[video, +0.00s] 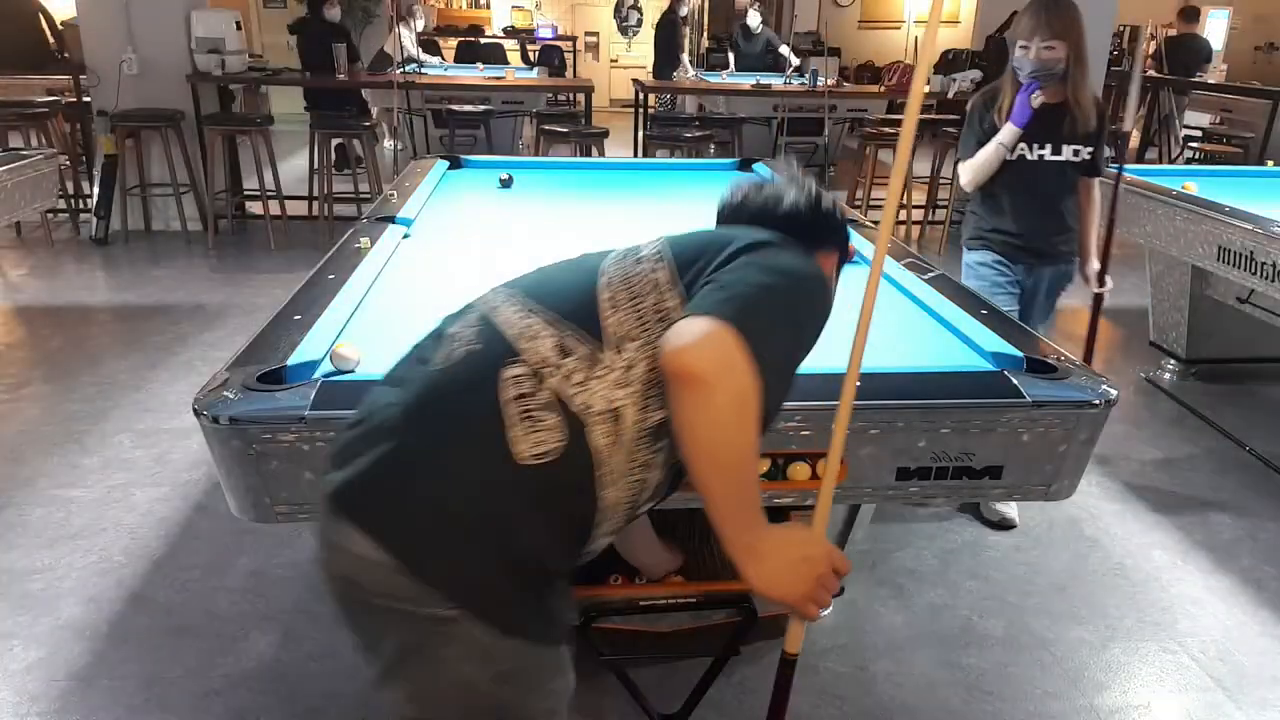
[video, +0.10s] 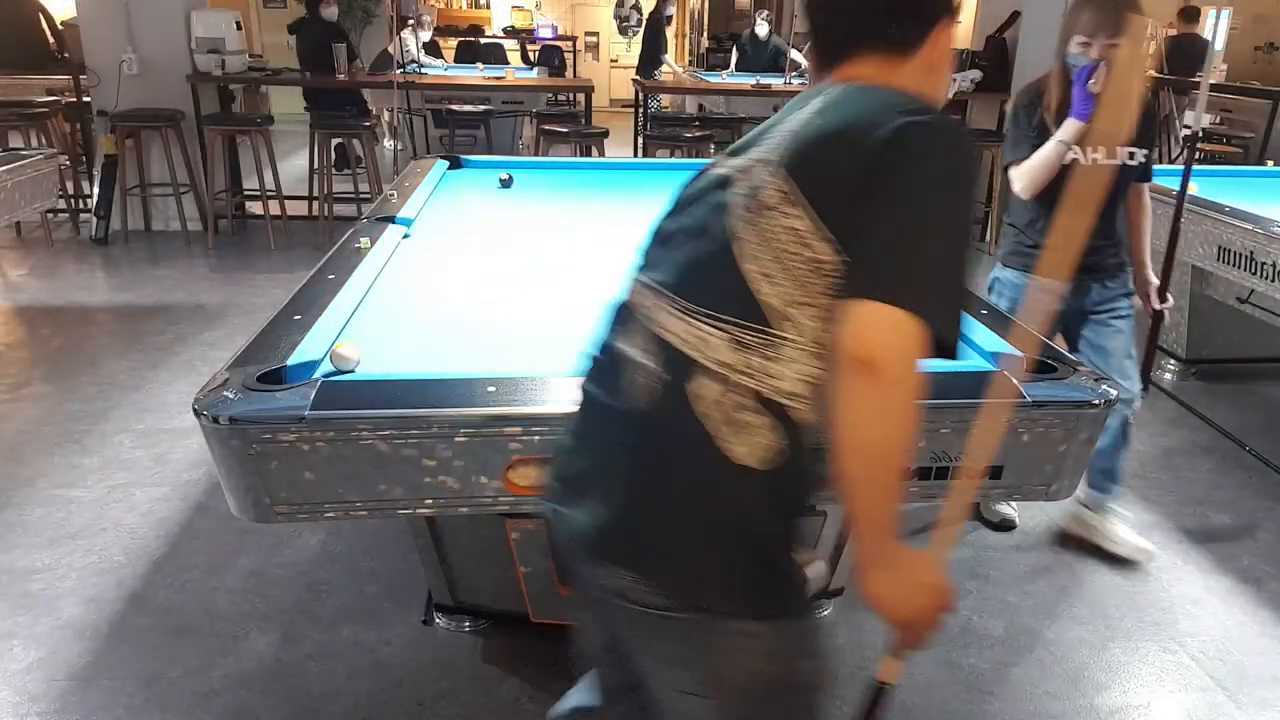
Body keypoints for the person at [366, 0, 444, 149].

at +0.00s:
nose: (422, 22)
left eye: (422, 19)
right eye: (420, 19)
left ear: (420, 19)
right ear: (411, 19)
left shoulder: (410, 31)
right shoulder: (400, 31)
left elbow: (416, 52)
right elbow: (412, 53)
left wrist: (434, 59)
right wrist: (434, 61)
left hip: (389, 74)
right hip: (376, 76)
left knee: (392, 108)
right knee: (384, 109)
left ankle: (392, 138)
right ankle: (388, 139)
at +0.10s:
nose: (429, 37)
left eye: (430, 33)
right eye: (428, 33)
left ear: (424, 28)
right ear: (420, 29)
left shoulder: (415, 36)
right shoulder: (408, 36)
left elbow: (421, 55)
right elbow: (417, 57)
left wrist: (438, 61)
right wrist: (437, 63)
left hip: (390, 72)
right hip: (378, 73)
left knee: (392, 107)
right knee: (386, 109)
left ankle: (391, 138)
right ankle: (388, 139)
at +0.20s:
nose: (425, 40)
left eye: (427, 37)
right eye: (423, 37)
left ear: (428, 32)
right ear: (417, 32)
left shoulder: (414, 37)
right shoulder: (406, 38)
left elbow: (419, 56)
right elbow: (414, 58)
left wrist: (435, 63)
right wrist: (433, 66)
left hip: (390, 72)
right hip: (378, 74)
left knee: (393, 107)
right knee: (386, 108)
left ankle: (393, 137)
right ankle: (388, 139)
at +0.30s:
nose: (424, 45)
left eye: (426, 43)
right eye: (422, 42)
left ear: (430, 36)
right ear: (416, 35)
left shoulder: (416, 38)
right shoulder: (407, 38)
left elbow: (417, 56)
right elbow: (416, 58)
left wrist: (435, 64)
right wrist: (434, 65)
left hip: (393, 71)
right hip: (379, 71)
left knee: (394, 106)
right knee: (385, 107)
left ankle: (393, 137)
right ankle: (388, 139)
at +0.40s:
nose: (425, 46)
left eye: (428, 44)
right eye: (423, 43)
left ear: (432, 38)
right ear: (418, 36)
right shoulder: (407, 39)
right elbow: (416, 57)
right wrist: (434, 64)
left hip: (394, 70)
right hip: (379, 70)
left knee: (394, 106)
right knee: (386, 107)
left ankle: (394, 137)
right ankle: (388, 139)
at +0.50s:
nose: (424, 49)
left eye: (426, 47)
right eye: (423, 46)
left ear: (432, 39)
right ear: (417, 37)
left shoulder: (417, 36)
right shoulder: (407, 40)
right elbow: (416, 58)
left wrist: (437, 63)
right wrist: (433, 64)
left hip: (394, 69)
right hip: (380, 69)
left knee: (394, 106)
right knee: (386, 107)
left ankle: (394, 137)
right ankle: (388, 139)